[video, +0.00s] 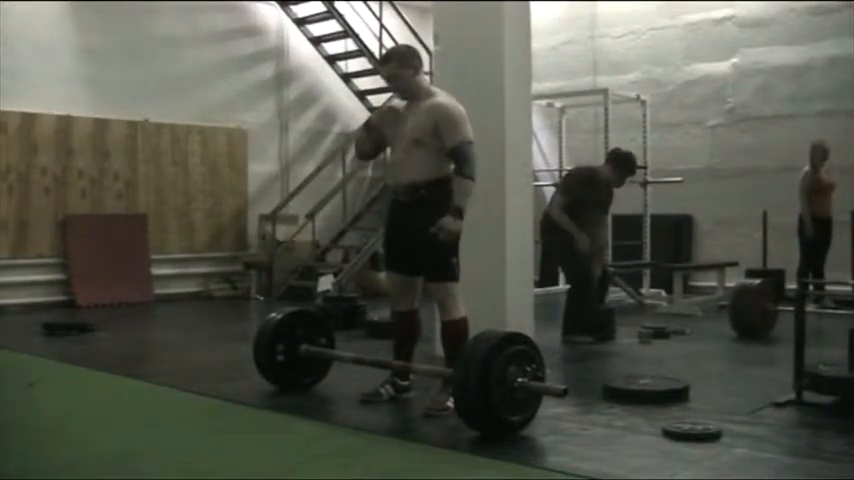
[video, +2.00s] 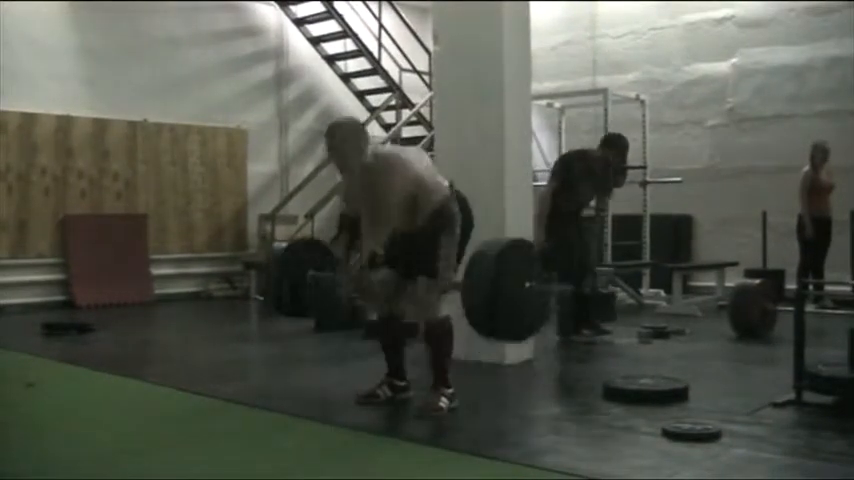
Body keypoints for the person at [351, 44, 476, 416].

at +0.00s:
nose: (391, 85)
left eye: (394, 77)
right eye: (387, 79)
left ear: (415, 70)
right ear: (388, 78)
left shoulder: (444, 109)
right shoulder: (394, 113)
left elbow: (467, 164)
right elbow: (364, 152)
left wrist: (457, 213)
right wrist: (370, 127)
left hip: (437, 200)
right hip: (401, 202)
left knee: (445, 294)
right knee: (402, 293)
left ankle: (454, 387)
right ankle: (400, 380)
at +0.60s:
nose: (389, 87)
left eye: (393, 79)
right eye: (386, 81)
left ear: (413, 72)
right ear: (386, 80)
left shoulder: (445, 109)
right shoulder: (392, 116)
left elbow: (465, 163)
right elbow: (370, 155)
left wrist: (453, 211)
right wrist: (352, 182)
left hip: (438, 203)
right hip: (402, 205)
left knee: (443, 296)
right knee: (398, 293)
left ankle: (453, 385)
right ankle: (400, 378)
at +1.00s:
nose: (351, 117)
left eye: (353, 108)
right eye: (347, 112)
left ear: (371, 96)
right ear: (349, 110)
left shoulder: (421, 122)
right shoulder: (368, 141)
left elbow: (448, 175)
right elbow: (361, 197)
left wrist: (452, 227)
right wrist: (355, 249)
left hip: (438, 213)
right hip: (402, 217)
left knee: (439, 299)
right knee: (395, 297)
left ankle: (451, 386)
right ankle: (399, 379)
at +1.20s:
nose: (342, 167)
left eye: (342, 158)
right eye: (337, 161)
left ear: (358, 148)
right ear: (344, 156)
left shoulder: (408, 168)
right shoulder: (361, 179)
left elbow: (433, 224)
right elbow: (355, 232)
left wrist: (443, 274)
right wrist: (352, 274)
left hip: (449, 233)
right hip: (406, 237)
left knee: (430, 307)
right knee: (382, 300)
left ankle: (446, 388)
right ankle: (398, 379)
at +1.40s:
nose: (343, 220)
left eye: (345, 212)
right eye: (340, 214)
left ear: (361, 204)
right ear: (343, 211)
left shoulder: (411, 226)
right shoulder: (357, 229)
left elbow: (432, 286)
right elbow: (354, 279)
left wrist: (440, 331)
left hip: (449, 270)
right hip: (402, 273)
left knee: (416, 327)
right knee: (371, 320)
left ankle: (442, 387)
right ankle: (397, 381)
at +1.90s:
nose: (334, 185)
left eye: (338, 177)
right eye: (332, 178)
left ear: (358, 171)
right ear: (335, 175)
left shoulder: (410, 191)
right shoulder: (352, 199)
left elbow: (447, 245)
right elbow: (349, 250)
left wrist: (443, 298)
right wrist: (351, 298)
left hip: (444, 233)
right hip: (403, 242)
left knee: (429, 311)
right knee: (381, 306)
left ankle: (442, 389)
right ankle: (395, 380)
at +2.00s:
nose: (332, 158)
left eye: (336, 150)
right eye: (330, 151)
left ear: (357, 146)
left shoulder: (394, 166)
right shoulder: (355, 177)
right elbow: (355, 224)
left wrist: (447, 270)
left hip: (441, 221)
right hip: (404, 230)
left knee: (430, 302)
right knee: (386, 300)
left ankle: (443, 388)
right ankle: (396, 379)